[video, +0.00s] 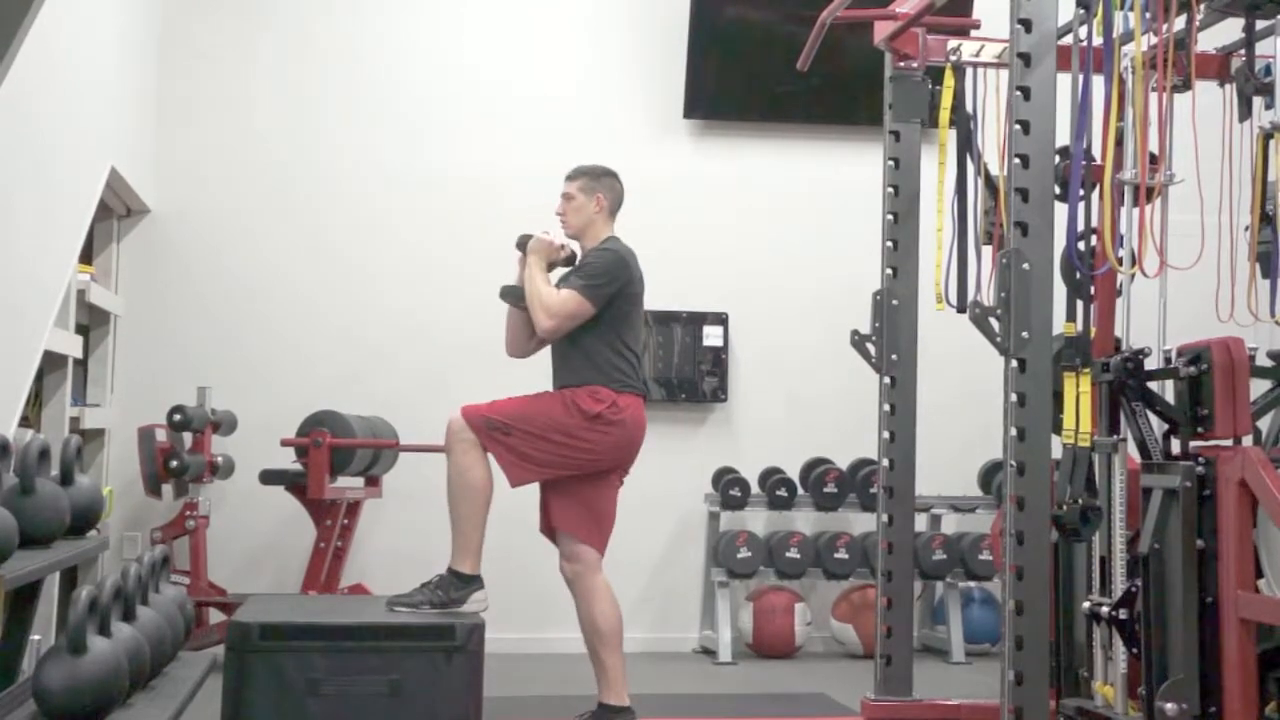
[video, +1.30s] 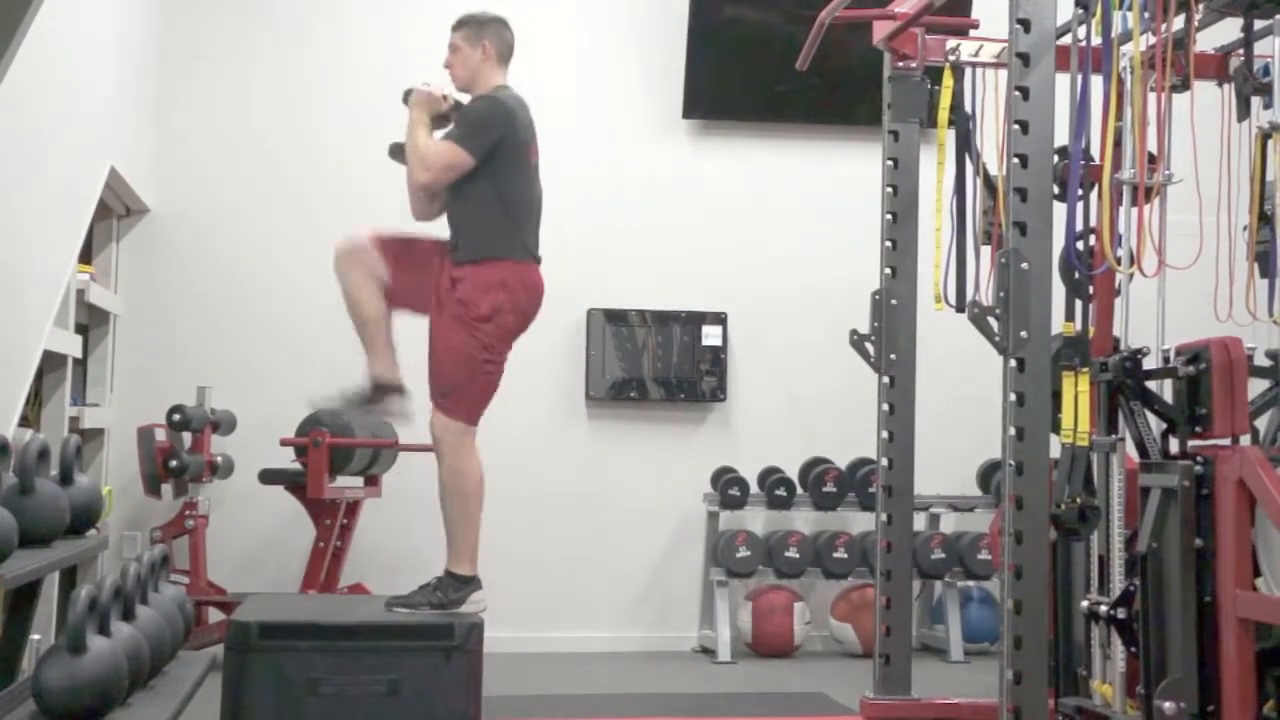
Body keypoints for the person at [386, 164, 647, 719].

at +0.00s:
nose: (558, 208)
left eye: (569, 198)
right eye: (561, 198)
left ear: (602, 204)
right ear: (595, 207)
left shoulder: (612, 258)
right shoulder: (581, 268)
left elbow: (550, 322)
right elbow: (520, 344)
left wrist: (536, 262)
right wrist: (527, 277)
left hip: (602, 411)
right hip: (602, 418)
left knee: (466, 427)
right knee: (581, 560)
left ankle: (462, 578)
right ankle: (616, 705)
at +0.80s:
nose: (487, 202)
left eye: (496, 192)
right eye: (489, 192)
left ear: (528, 196)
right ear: (523, 197)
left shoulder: (544, 254)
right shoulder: (519, 264)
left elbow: (477, 321)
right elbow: (453, 341)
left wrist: (462, 259)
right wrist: (454, 278)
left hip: (550, 406)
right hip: (559, 415)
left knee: (414, 441)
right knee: (540, 563)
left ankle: (457, 578)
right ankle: (604, 696)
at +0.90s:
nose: (461, 157)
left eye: (470, 147)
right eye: (463, 148)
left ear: (504, 150)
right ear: (502, 151)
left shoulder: (516, 208)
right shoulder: (497, 217)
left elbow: (451, 272)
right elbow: (428, 299)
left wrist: (436, 208)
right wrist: (428, 238)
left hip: (526, 364)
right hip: (543, 369)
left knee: (407, 443)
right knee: (521, 522)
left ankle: (458, 578)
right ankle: (568, 656)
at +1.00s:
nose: (453, 124)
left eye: (462, 113)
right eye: (454, 114)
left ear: (495, 116)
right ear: (493, 117)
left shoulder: (507, 174)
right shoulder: (490, 181)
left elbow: (440, 237)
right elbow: (423, 265)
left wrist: (425, 174)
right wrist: (419, 202)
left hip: (517, 331)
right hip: (520, 334)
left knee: (413, 439)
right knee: (461, 480)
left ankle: (456, 576)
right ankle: (541, 592)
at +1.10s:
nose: (451, 95)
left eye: (459, 85)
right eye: (452, 85)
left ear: (491, 87)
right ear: (490, 89)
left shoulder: (503, 146)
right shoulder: (487, 153)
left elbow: (434, 209)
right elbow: (422, 238)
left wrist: (422, 151)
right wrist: (420, 171)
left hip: (510, 307)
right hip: (501, 307)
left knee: (417, 424)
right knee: (416, 424)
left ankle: (458, 577)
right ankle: (499, 515)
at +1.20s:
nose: (449, 75)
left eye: (458, 63)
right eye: (451, 64)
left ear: (490, 64)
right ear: (490, 66)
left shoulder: (500, 120)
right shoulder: (484, 129)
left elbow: (433, 188)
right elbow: (426, 219)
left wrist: (421, 129)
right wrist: (425, 153)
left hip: (502, 290)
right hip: (469, 288)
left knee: (439, 430)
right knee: (368, 337)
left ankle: (461, 577)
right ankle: (437, 443)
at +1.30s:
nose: (446, 61)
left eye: (454, 50)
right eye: (448, 51)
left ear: (486, 51)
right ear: (486, 52)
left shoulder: (499, 108)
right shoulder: (478, 113)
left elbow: (428, 173)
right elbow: (424, 204)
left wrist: (418, 115)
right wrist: (424, 130)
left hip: (495, 281)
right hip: (460, 267)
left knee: (452, 430)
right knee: (356, 255)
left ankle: (461, 579)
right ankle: (385, 388)